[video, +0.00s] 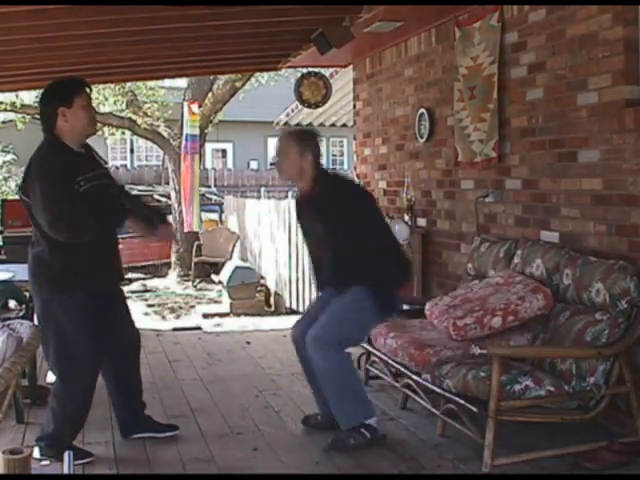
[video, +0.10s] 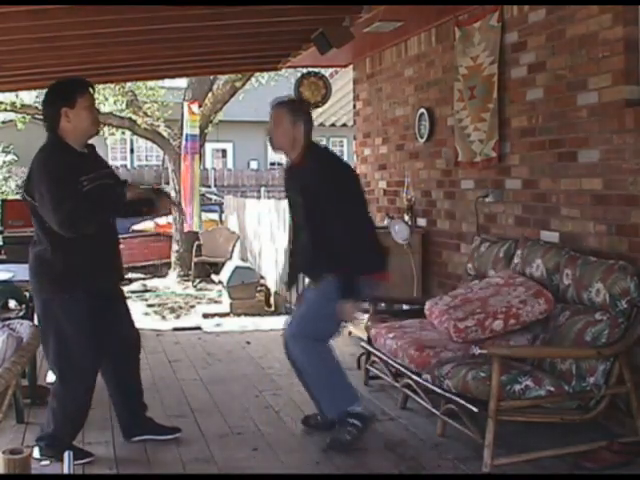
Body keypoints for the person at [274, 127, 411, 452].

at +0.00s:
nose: (276, 163)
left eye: (281, 155)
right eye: (276, 156)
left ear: (306, 157)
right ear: (299, 159)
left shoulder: (346, 193)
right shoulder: (304, 202)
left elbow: (380, 244)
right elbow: (322, 251)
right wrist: (328, 290)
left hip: (375, 286)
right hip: (340, 285)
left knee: (321, 340)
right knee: (302, 334)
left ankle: (364, 425)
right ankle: (333, 413)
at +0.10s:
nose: (269, 132)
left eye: (276, 123)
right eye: (270, 124)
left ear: (298, 127)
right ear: (289, 129)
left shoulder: (330, 169)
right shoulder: (296, 172)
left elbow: (349, 229)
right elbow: (303, 230)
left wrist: (349, 290)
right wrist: (295, 279)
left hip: (347, 273)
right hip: (325, 272)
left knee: (302, 335)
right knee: (294, 337)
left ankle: (352, 412)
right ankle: (332, 411)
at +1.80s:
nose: (281, 154)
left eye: (287, 146)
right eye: (281, 146)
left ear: (310, 146)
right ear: (300, 149)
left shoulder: (351, 179)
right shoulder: (312, 187)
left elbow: (381, 236)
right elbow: (345, 240)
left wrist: (393, 298)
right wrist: (355, 280)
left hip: (395, 266)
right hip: (368, 267)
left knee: (345, 328)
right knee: (331, 320)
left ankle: (355, 425)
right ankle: (356, 408)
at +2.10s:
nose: (358, 201)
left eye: (363, 194)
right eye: (357, 194)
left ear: (385, 193)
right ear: (371, 195)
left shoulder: (422, 227)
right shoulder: (378, 232)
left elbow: (463, 281)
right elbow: (398, 282)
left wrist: (464, 334)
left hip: (447, 306)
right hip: (411, 298)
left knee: (379, 327)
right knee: (358, 316)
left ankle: (358, 423)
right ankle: (352, 409)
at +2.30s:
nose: (432, 215)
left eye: (439, 207)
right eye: (429, 208)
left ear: (459, 208)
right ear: (427, 210)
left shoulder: (480, 249)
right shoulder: (438, 246)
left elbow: (493, 321)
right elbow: (434, 294)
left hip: (476, 330)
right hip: (444, 318)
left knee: (401, 329)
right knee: (379, 315)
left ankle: (363, 420)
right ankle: (355, 402)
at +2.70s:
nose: (475, 212)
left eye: (483, 206)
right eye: (475, 205)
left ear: (506, 213)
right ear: (474, 208)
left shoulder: (521, 253)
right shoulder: (475, 245)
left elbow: (512, 316)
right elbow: (457, 287)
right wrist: (444, 307)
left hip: (488, 334)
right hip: (459, 320)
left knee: (415, 309)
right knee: (392, 295)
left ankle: (375, 399)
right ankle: (359, 377)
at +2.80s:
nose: (463, 214)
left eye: (470, 208)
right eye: (461, 207)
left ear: (492, 210)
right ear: (458, 208)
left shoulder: (510, 247)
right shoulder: (464, 242)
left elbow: (512, 305)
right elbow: (449, 285)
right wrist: (436, 309)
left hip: (483, 330)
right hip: (451, 317)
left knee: (415, 309)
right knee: (390, 297)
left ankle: (379, 401)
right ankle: (364, 383)